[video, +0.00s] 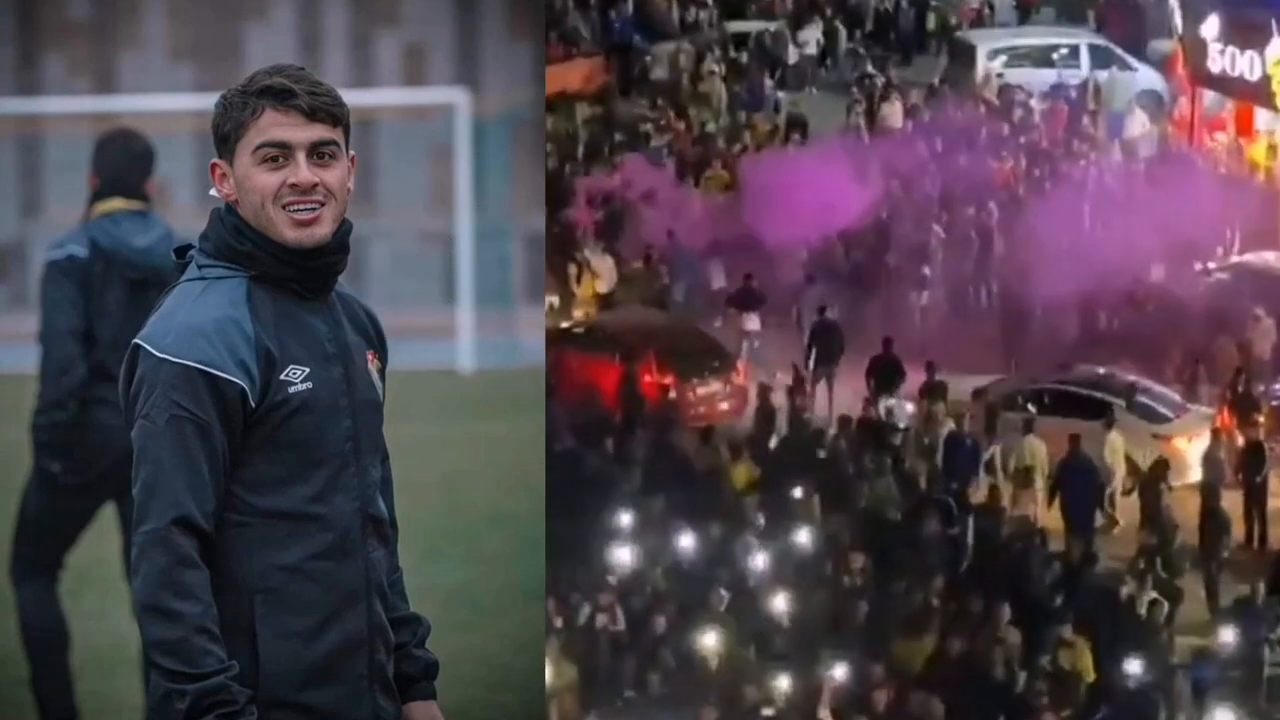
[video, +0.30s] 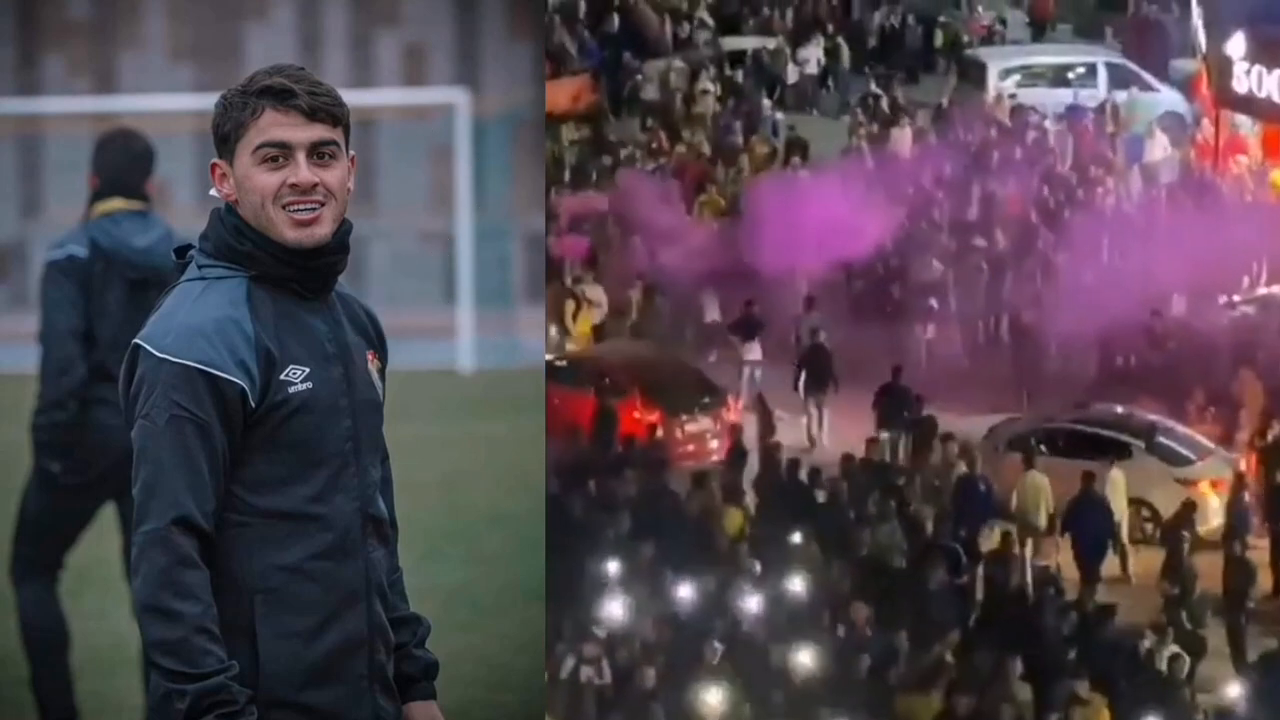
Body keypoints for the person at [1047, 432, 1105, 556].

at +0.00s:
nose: (1072, 447)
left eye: (1072, 445)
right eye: (1073, 445)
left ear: (1069, 444)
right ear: (1080, 444)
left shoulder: (1064, 463)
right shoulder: (1089, 462)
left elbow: (1056, 482)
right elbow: (1099, 484)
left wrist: (1050, 499)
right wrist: (1100, 502)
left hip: (1069, 503)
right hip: (1088, 502)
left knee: (1070, 530)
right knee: (1087, 529)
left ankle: (1071, 556)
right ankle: (1088, 553)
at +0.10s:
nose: (1077, 460)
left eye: (1076, 458)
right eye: (1078, 458)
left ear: (1072, 457)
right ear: (1083, 458)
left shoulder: (1065, 477)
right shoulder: (1090, 476)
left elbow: (1058, 496)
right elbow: (1100, 497)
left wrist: (1052, 508)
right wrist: (1105, 511)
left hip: (1071, 517)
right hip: (1089, 517)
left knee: (1074, 546)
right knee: (1089, 545)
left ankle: (1074, 571)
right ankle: (1093, 569)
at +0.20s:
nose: (1081, 475)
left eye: (1081, 473)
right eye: (1082, 473)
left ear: (1077, 473)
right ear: (1089, 473)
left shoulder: (1071, 493)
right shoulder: (1097, 491)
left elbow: (1065, 512)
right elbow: (1107, 510)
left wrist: (1056, 516)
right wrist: (1111, 526)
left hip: (1076, 531)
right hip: (1096, 530)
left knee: (1081, 559)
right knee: (1089, 555)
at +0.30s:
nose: (1086, 484)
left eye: (1085, 481)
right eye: (1087, 482)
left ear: (1082, 481)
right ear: (1094, 482)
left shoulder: (1075, 501)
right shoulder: (1102, 500)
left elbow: (1067, 518)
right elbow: (1109, 520)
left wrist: (1063, 529)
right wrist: (1114, 538)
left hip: (1080, 540)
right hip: (1100, 540)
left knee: (1085, 570)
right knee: (1093, 569)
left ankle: (1086, 599)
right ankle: (1086, 599)